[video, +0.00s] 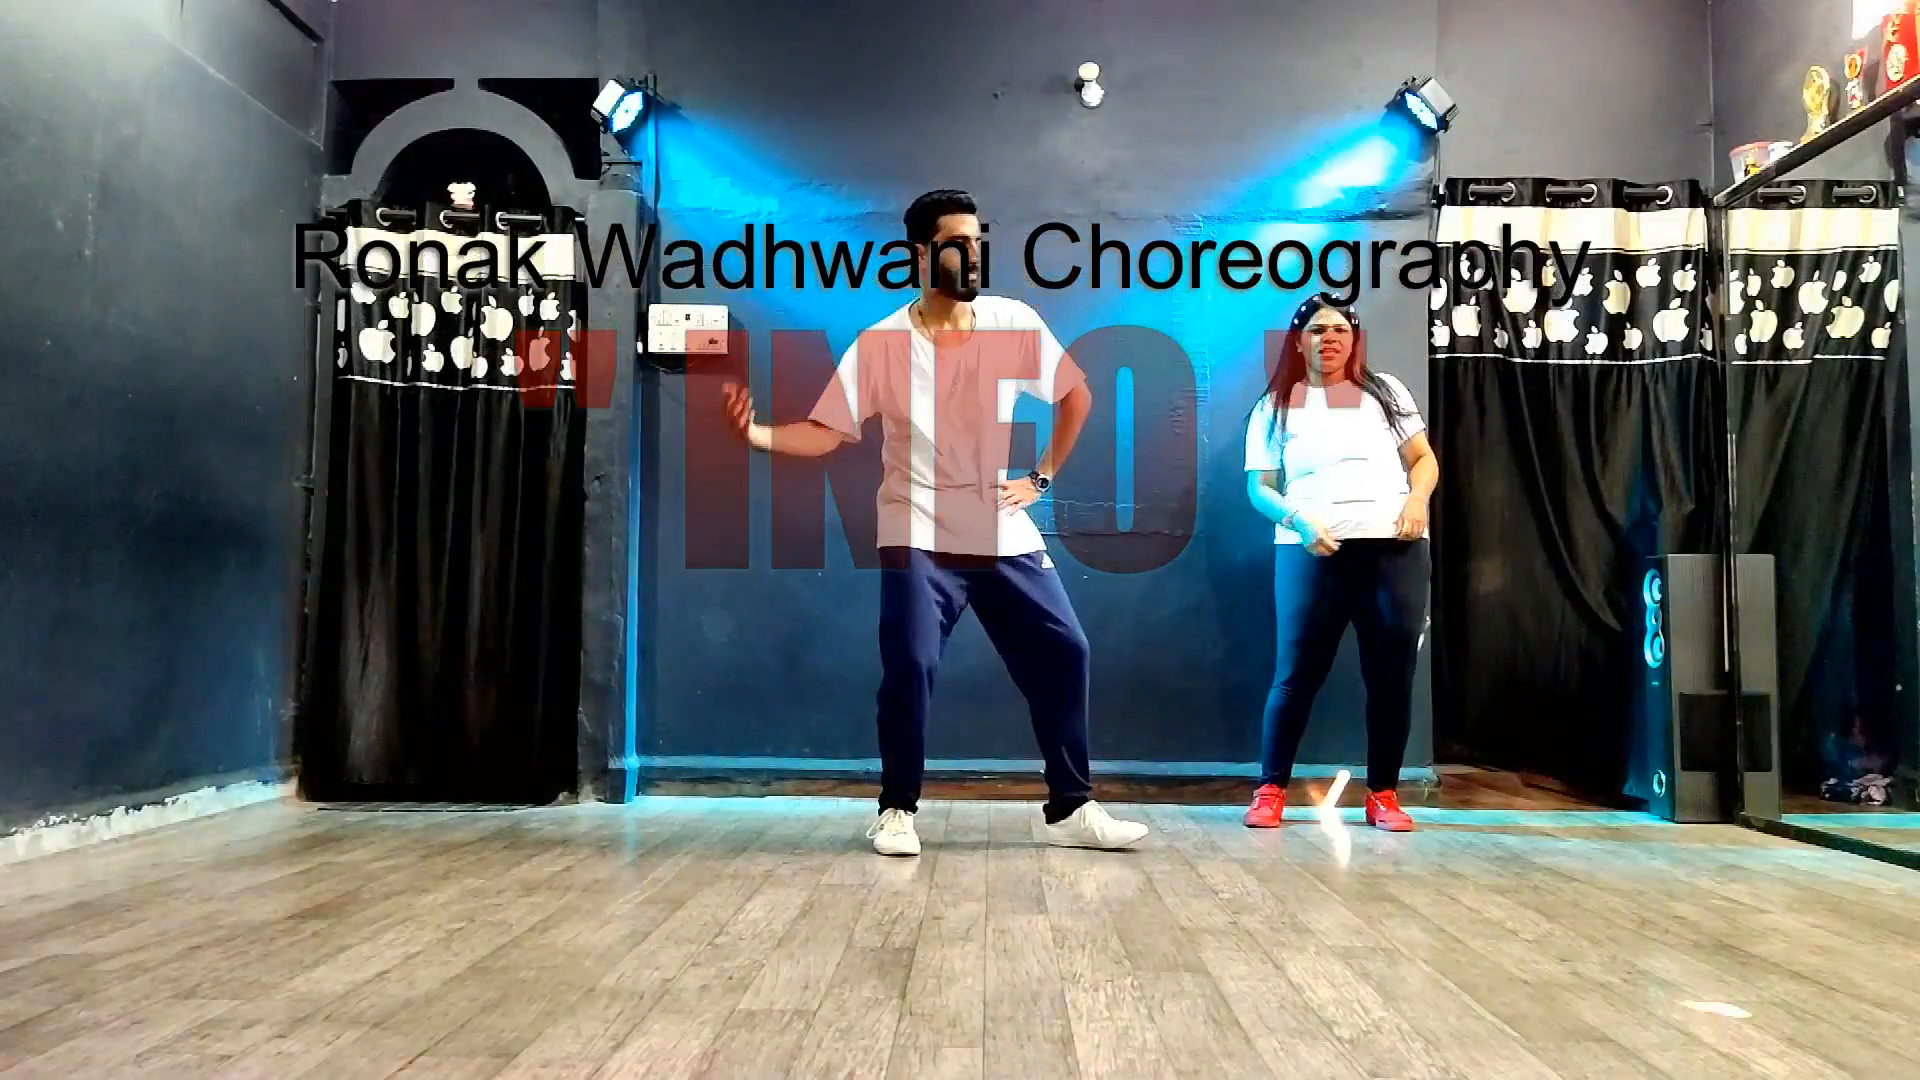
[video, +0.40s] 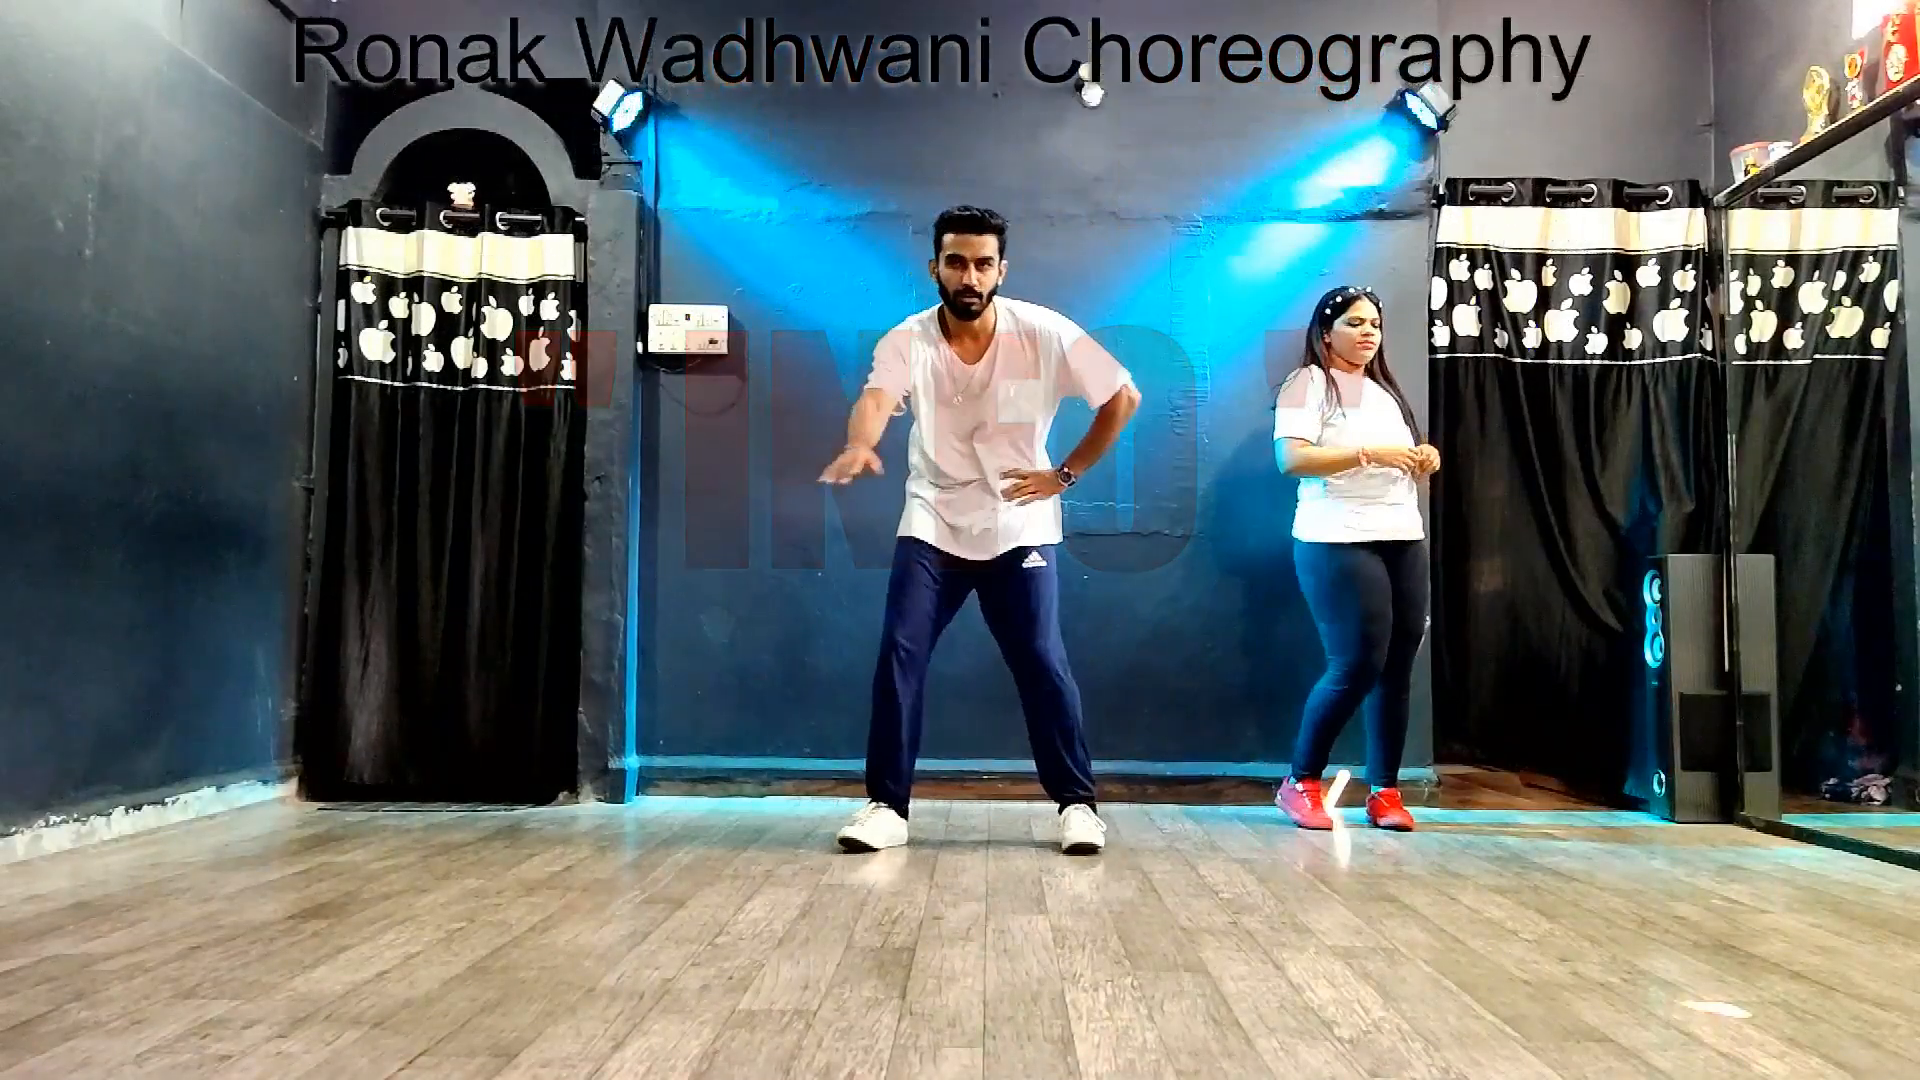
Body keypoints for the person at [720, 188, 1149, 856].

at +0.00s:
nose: (972, 257)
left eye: (978, 245)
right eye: (956, 246)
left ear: (984, 252)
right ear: (920, 255)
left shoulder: (1014, 325)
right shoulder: (880, 345)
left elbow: (1076, 394)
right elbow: (827, 431)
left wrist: (1044, 475)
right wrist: (752, 432)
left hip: (1002, 527)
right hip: (917, 530)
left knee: (1065, 649)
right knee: (911, 661)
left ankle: (1069, 805)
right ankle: (898, 809)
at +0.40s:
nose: (970, 276)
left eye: (983, 264)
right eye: (956, 263)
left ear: (1001, 269)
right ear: (935, 268)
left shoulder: (1042, 332)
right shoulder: (906, 341)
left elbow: (1122, 397)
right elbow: (878, 397)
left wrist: (1066, 474)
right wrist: (860, 442)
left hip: (1018, 514)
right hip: (933, 514)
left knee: (1040, 656)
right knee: (900, 647)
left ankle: (1076, 804)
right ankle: (887, 807)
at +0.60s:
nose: (1015, 312)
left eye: (1032, 301)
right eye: (1005, 295)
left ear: (1047, 310)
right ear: (984, 294)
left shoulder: (1071, 376)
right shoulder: (938, 356)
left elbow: (1147, 434)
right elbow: (907, 425)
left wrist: (1079, 497)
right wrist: (944, 398)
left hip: (1037, 539)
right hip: (948, 537)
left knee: (1065, 657)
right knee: (908, 653)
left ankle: (1081, 807)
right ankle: (893, 806)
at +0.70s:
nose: (1015, 318)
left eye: (1031, 307)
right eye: (1006, 301)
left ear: (1047, 314)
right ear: (985, 298)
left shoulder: (1069, 376)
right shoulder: (939, 351)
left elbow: (1143, 438)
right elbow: (914, 408)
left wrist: (1072, 499)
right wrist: (944, 407)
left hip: (1030, 536)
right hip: (943, 534)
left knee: (1058, 658)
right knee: (906, 653)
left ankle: (1079, 807)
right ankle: (891, 806)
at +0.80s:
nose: (1004, 315)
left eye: (1020, 305)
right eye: (995, 299)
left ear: (1038, 309)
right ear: (976, 293)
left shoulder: (1065, 366)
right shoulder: (936, 345)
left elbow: (1135, 432)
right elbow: (916, 387)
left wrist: (1067, 493)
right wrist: (926, 411)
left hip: (1022, 530)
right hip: (938, 525)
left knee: (1047, 657)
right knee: (904, 649)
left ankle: (1077, 806)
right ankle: (888, 805)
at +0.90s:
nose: (987, 316)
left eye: (1002, 303)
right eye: (976, 300)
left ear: (1022, 299)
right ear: (957, 292)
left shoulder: (1051, 343)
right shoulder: (928, 349)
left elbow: (1118, 421)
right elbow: (909, 397)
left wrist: (1060, 489)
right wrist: (896, 418)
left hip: (1013, 522)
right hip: (927, 517)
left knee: (1040, 655)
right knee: (894, 643)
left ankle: (1074, 804)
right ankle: (885, 806)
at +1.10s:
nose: (992, 329)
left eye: (1007, 316)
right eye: (982, 313)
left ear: (1027, 313)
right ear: (962, 305)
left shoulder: (1057, 361)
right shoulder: (931, 366)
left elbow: (1129, 434)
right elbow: (915, 408)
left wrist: (1070, 499)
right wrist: (914, 438)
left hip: (1027, 536)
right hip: (938, 531)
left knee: (1055, 656)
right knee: (896, 646)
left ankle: (1079, 805)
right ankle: (886, 806)